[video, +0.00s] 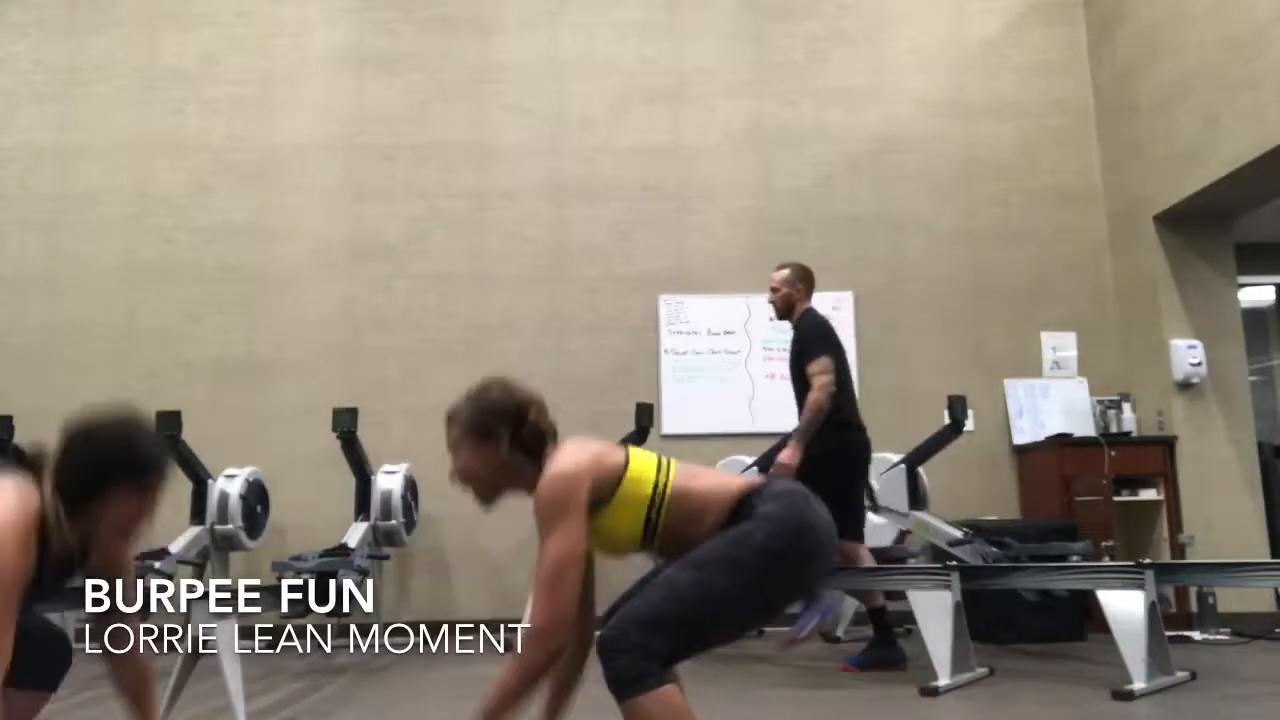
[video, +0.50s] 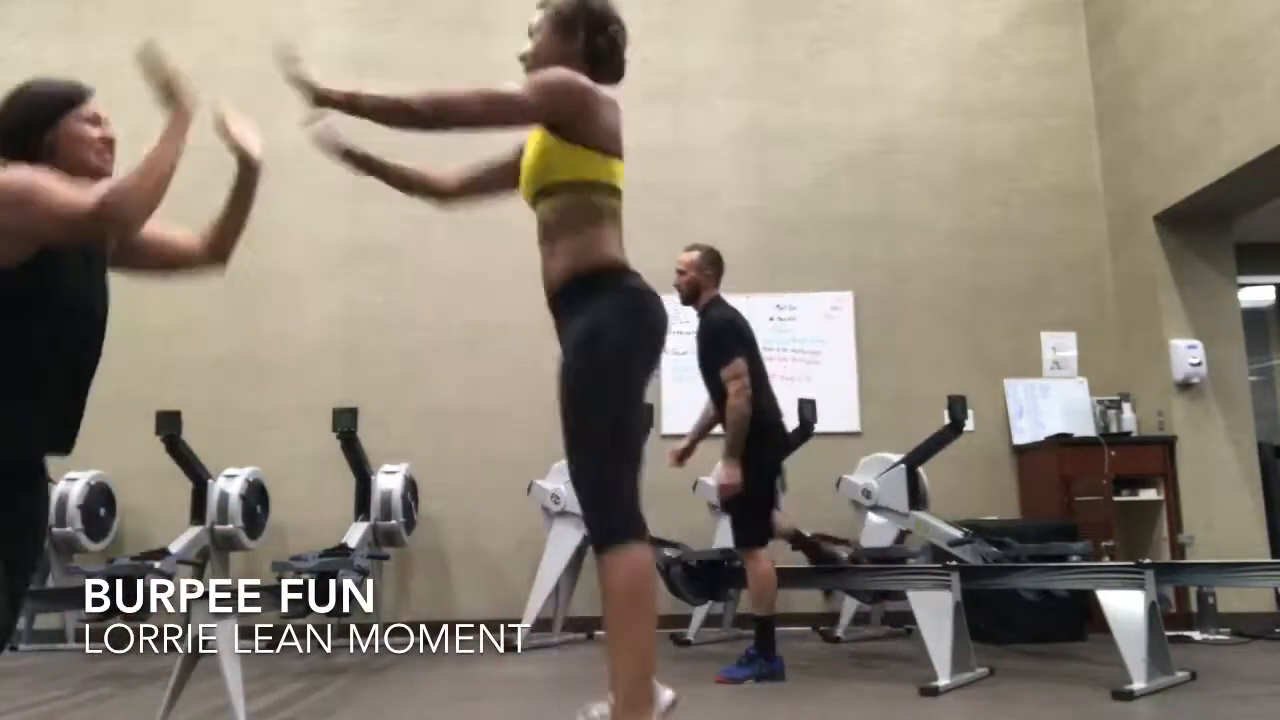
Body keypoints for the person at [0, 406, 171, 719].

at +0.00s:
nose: (147, 511)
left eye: (151, 496)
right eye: (140, 494)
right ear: (103, 488)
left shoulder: (102, 528)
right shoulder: (16, 507)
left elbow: (122, 636)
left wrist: (149, 712)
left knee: (46, 649)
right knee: (44, 650)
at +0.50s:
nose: (107, 132)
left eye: (105, 122)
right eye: (89, 120)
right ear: (43, 135)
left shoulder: (89, 220)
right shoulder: (13, 191)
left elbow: (209, 253)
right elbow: (112, 213)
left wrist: (248, 173)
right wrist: (180, 118)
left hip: (26, 456)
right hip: (3, 452)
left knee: (11, 601)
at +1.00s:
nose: (88, 130)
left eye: (84, 117)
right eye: (73, 116)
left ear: (41, 130)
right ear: (27, 125)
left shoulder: (56, 222)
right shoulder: (7, 185)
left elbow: (176, 250)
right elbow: (61, 220)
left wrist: (264, 208)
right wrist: (189, 160)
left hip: (16, 453)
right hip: (4, 451)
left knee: (9, 628)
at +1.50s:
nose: (47, 140)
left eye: (48, 129)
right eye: (31, 126)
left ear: (37, 142)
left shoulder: (32, 235)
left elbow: (153, 263)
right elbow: (40, 226)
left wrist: (229, 206)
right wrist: (130, 147)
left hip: (38, 458)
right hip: (3, 457)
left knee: (6, 650)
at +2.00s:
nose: (106, 162)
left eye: (108, 149)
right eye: (95, 145)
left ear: (78, 149)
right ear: (47, 142)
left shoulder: (74, 213)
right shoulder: (11, 192)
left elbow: (189, 198)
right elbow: (101, 133)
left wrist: (264, 137)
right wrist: (181, 47)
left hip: (24, 450)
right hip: (2, 449)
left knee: (7, 609)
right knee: (5, 610)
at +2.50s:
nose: (170, 439)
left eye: (182, 428)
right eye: (179, 424)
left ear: (155, 383)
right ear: (164, 403)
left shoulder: (112, 416)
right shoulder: (52, 393)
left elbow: (101, 522)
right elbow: (7, 505)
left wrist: (111, 615)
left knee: (25, 631)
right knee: (21, 631)